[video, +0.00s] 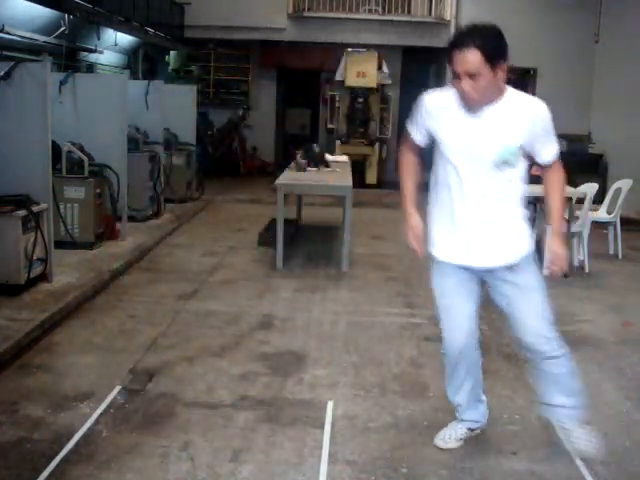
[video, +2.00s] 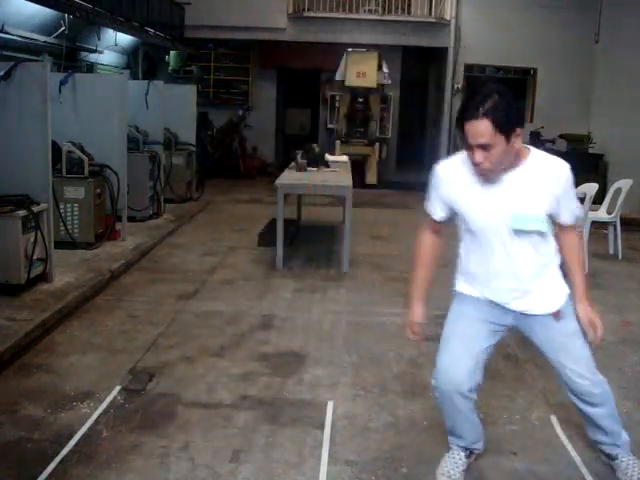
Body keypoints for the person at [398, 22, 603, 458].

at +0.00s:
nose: (463, 86)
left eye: (472, 76)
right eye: (457, 76)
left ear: (501, 70)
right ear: (449, 70)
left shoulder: (531, 113)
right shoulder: (434, 105)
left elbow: (552, 168)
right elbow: (409, 149)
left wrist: (556, 235)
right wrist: (411, 211)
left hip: (510, 252)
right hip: (449, 251)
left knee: (540, 339)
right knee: (457, 341)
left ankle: (568, 418)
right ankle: (469, 417)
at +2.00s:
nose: (476, 157)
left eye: (485, 148)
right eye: (469, 147)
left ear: (516, 138)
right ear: (463, 136)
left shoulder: (553, 174)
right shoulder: (449, 175)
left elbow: (569, 231)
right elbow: (432, 230)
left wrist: (582, 299)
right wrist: (417, 301)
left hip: (543, 300)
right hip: (476, 299)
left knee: (586, 382)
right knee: (450, 381)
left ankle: (619, 452)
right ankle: (464, 444)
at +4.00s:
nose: (490, 135)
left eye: (500, 125)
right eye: (480, 125)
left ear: (515, 113)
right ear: (462, 113)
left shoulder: (538, 152)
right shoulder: (429, 155)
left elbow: (552, 207)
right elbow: (395, 204)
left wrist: (569, 271)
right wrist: (394, 277)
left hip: (531, 292)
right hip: (463, 298)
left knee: (580, 376)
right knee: (464, 396)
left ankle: (630, 460)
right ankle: (482, 465)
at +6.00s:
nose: (444, 98)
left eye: (454, 87)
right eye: (435, 88)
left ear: (467, 76)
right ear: (418, 78)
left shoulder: (488, 111)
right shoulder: (388, 111)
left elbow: (505, 162)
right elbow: (359, 152)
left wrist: (513, 224)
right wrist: (360, 218)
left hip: (478, 240)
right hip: (417, 247)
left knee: (507, 326)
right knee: (435, 339)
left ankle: (519, 399)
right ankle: (472, 414)